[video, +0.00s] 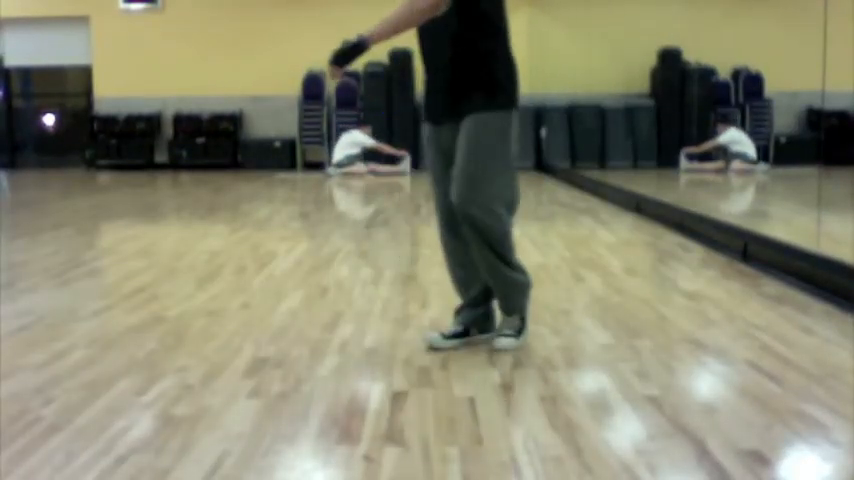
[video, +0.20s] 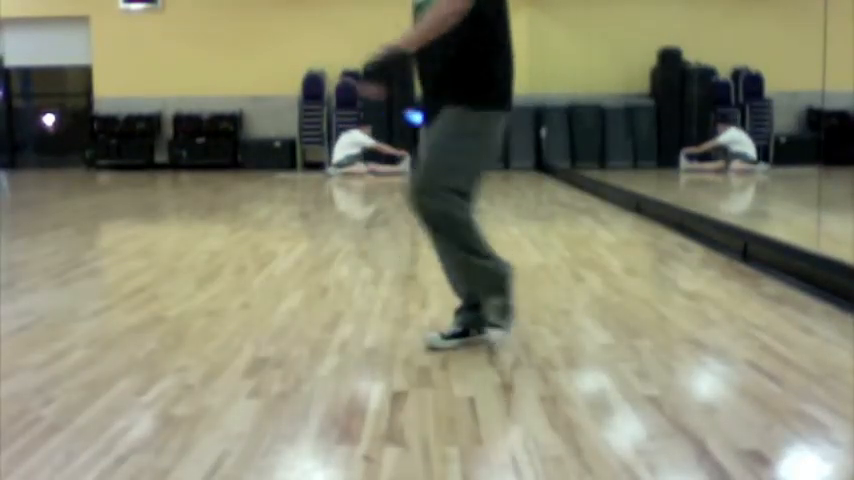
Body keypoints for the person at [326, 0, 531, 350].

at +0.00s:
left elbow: (429, 5)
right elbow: (420, 11)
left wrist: (362, 42)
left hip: (488, 93)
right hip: (442, 97)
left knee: (472, 201)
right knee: (450, 209)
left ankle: (514, 297)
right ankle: (477, 311)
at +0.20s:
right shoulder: (432, 7)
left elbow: (454, 9)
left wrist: (399, 49)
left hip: (475, 98)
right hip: (444, 100)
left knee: (435, 193)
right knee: (435, 197)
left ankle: (493, 285)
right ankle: (475, 306)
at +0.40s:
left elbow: (407, 8)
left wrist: (357, 48)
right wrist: (563, 25)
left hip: (451, 77)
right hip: (488, 79)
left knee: (386, 165)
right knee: (453, 192)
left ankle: (421, 291)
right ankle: (464, 325)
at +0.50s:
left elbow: (395, 9)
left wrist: (329, 40)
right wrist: (607, 13)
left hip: (446, 85)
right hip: (489, 87)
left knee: (387, 189)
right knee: (456, 211)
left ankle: (417, 307)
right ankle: (462, 334)